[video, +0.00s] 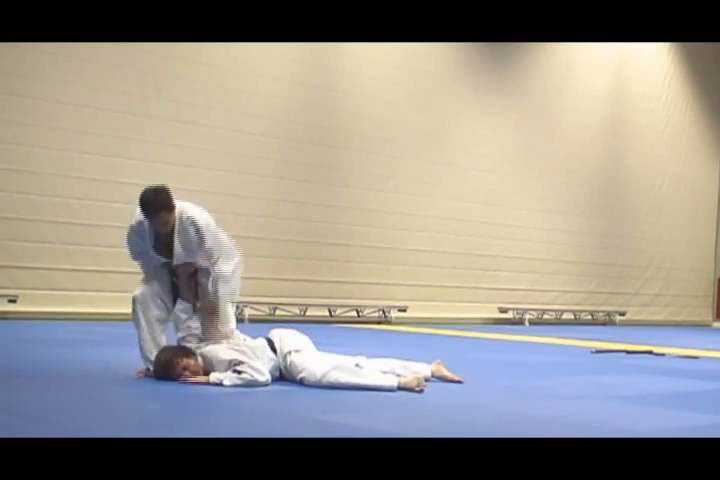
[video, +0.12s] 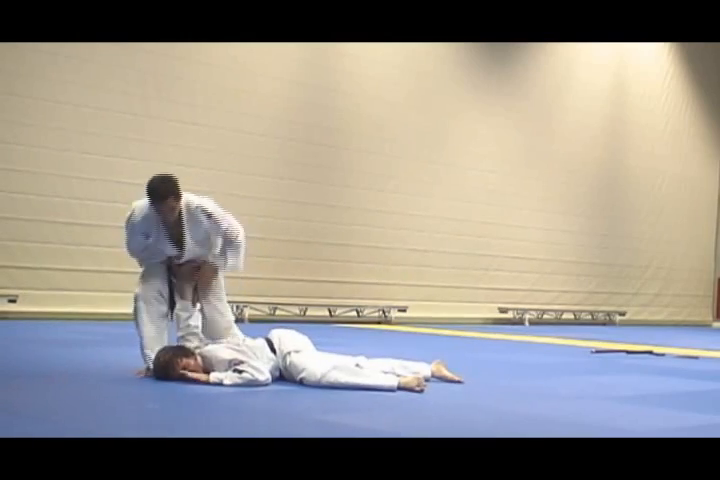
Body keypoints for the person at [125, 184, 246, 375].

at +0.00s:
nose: (162, 224)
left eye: (166, 219)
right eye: (156, 221)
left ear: (173, 210)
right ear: (148, 218)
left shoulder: (196, 222)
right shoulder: (138, 229)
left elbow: (218, 263)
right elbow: (147, 264)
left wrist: (215, 301)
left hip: (208, 270)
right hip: (170, 272)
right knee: (143, 299)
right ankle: (154, 365)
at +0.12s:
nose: (167, 215)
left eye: (171, 209)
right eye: (161, 210)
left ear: (179, 199)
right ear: (152, 205)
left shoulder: (201, 209)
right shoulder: (140, 215)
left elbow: (235, 234)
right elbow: (137, 250)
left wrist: (215, 266)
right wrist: (173, 267)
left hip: (202, 261)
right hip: (163, 265)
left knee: (218, 312)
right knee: (145, 297)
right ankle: (154, 364)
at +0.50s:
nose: (207, 204)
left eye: (212, 198)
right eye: (201, 199)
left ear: (219, 193)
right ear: (193, 195)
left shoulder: (232, 207)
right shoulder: (175, 207)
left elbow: (246, 245)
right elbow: (168, 248)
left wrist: (226, 266)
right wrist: (182, 287)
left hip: (216, 257)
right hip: (182, 256)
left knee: (217, 309)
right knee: (162, 292)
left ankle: (217, 358)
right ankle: (171, 351)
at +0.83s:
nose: (211, 250)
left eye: (215, 246)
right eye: (207, 246)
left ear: (223, 241)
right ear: (200, 241)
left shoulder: (235, 238)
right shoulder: (189, 254)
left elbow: (252, 257)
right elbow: (186, 297)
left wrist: (231, 274)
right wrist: (184, 340)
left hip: (220, 278)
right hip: (195, 282)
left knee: (223, 298)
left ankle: (225, 343)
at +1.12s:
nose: (199, 197)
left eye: (202, 192)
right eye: (194, 192)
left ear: (208, 191)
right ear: (185, 191)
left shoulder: (215, 211)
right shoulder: (171, 211)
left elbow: (226, 244)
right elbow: (169, 251)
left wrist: (213, 268)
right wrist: (184, 283)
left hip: (201, 258)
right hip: (174, 256)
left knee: (209, 304)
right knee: (170, 306)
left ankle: (216, 351)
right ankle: (165, 350)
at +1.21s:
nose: (192, 183)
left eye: (196, 178)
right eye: (186, 178)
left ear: (202, 178)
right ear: (178, 178)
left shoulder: (208, 201)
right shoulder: (162, 200)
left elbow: (217, 232)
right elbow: (157, 238)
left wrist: (211, 260)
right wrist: (176, 269)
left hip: (193, 252)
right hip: (165, 251)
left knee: (207, 288)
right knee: (168, 295)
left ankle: (205, 342)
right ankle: (167, 347)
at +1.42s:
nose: (171, 166)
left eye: (175, 161)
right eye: (166, 162)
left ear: (181, 163)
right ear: (158, 163)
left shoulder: (191, 189)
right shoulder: (144, 188)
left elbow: (211, 218)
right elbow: (120, 212)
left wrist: (197, 233)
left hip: (179, 247)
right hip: (151, 246)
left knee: (174, 296)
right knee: (161, 291)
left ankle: (152, 333)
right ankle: (165, 344)